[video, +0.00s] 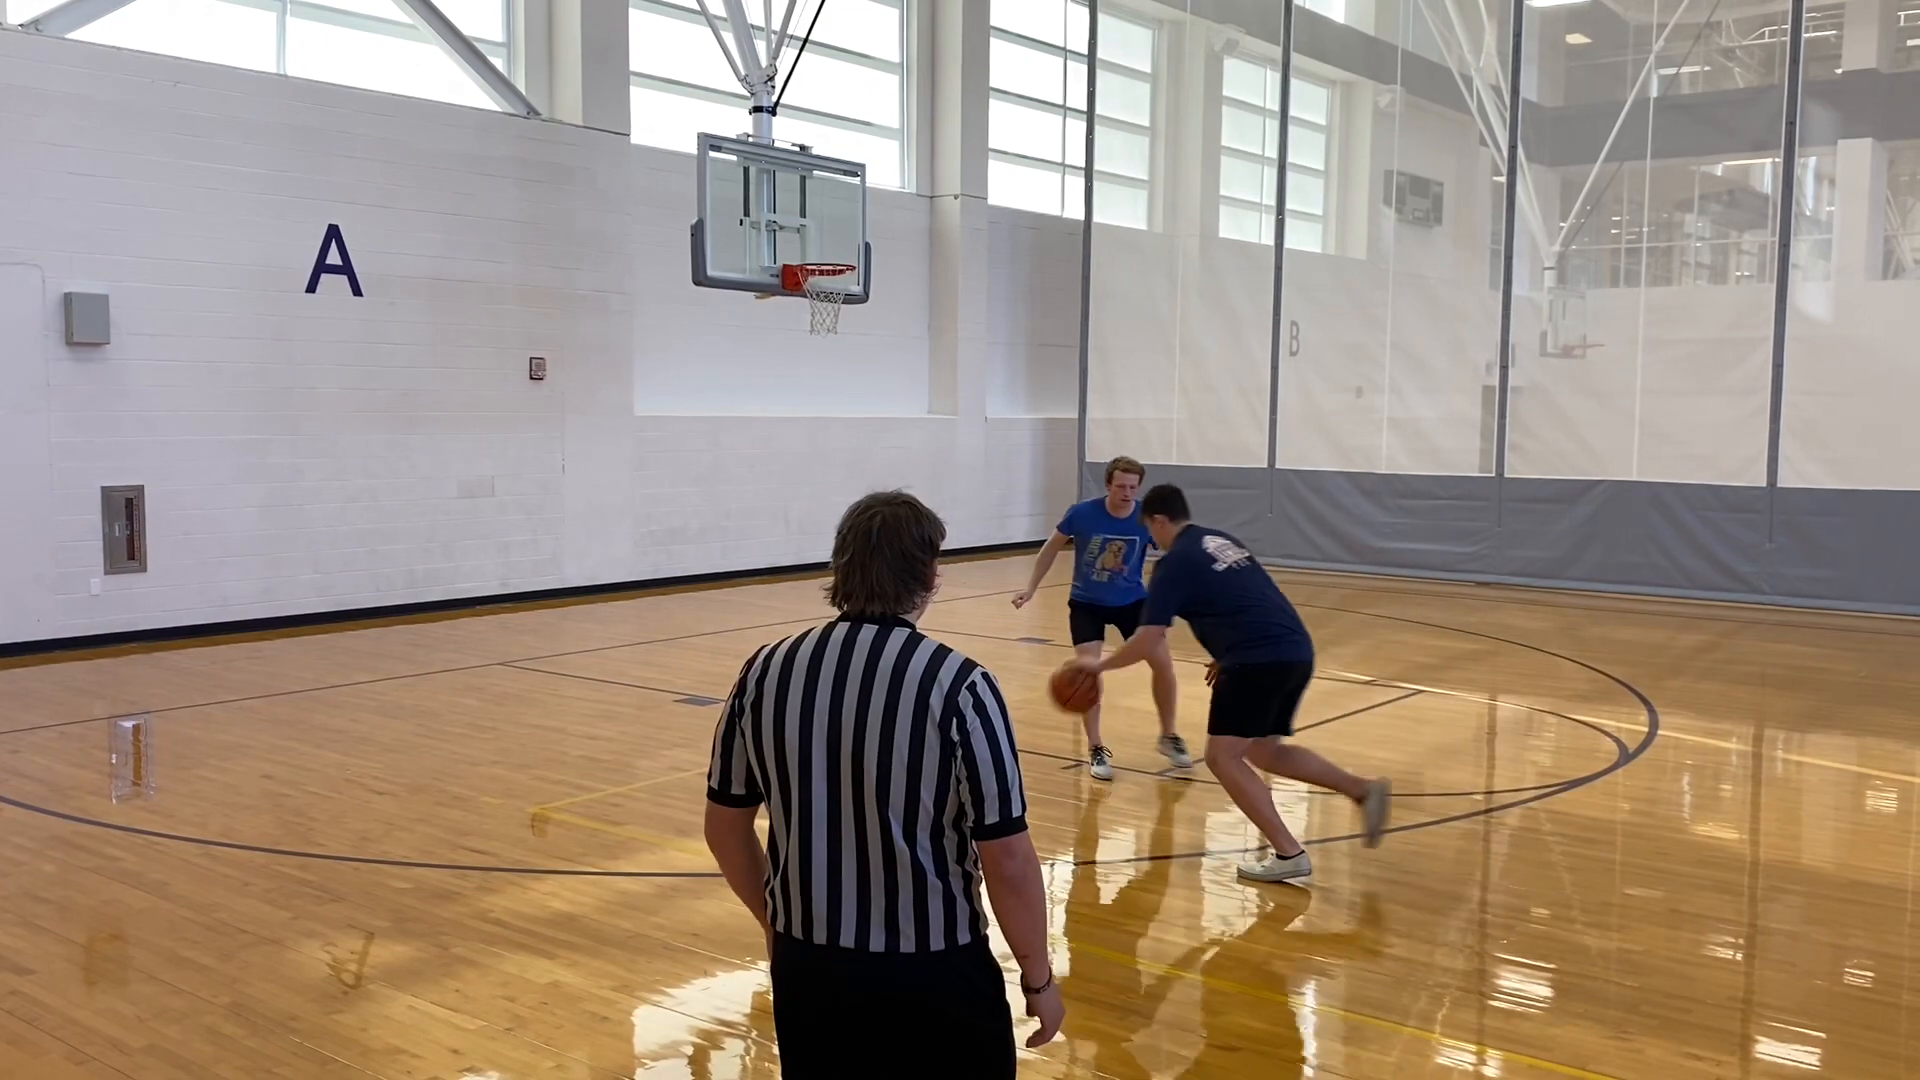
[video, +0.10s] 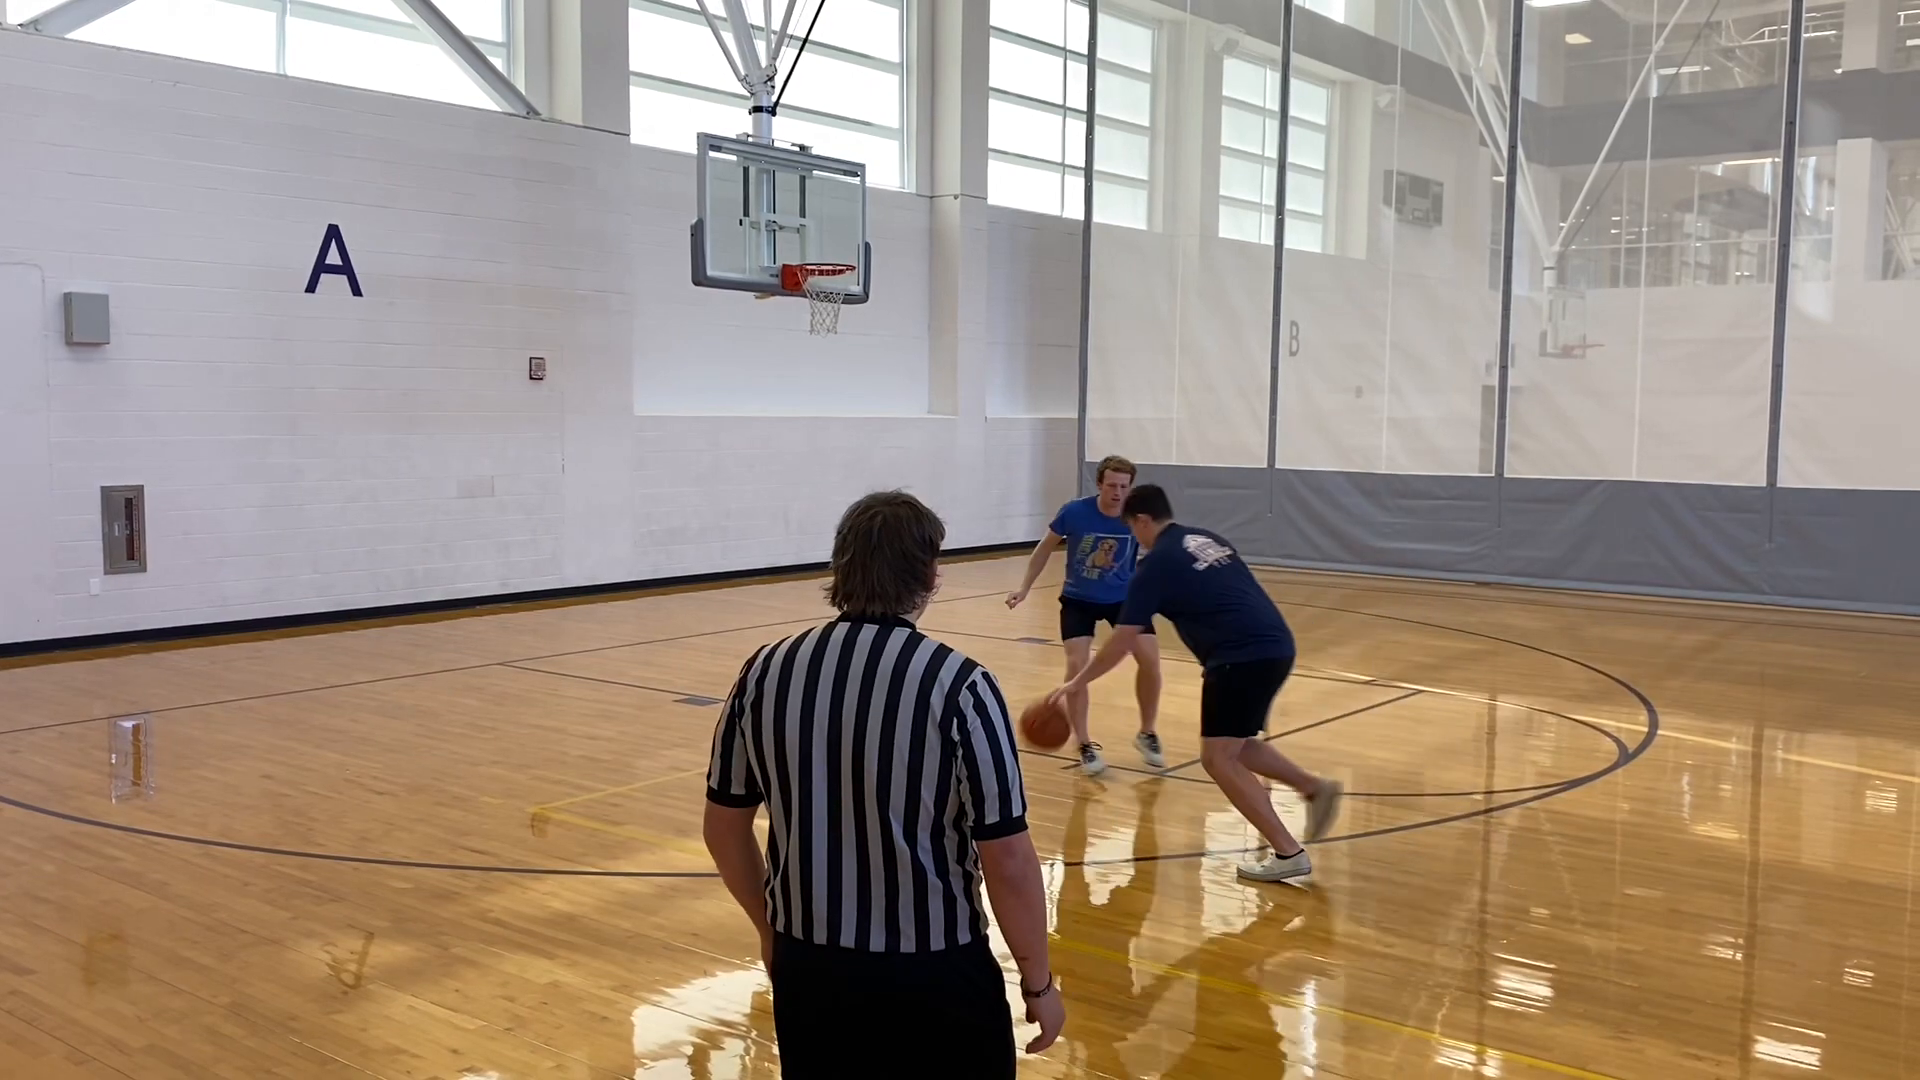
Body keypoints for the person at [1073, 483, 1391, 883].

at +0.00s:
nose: (1151, 534)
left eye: (1150, 526)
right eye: (1150, 526)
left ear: (1158, 521)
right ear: (1184, 514)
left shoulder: (1173, 564)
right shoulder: (1219, 539)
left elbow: (1148, 642)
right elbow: (1251, 599)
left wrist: (1101, 664)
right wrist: (1228, 656)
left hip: (1254, 661)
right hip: (1293, 655)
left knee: (1221, 757)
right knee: (1264, 751)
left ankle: (1290, 855)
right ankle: (1362, 790)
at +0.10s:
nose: (1133, 534)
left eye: (1132, 527)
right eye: (1131, 528)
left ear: (1142, 522)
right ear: (1165, 518)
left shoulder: (1155, 565)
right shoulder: (1201, 537)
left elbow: (1123, 640)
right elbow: (1233, 592)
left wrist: (1078, 682)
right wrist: (1220, 658)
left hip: (1238, 659)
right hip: (1273, 650)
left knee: (1218, 759)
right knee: (1240, 748)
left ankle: (1290, 854)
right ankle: (1315, 788)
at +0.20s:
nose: (1124, 534)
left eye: (1123, 526)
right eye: (1122, 527)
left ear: (1134, 521)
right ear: (1156, 515)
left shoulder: (1146, 563)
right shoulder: (1196, 536)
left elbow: (1112, 638)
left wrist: (1069, 684)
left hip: (1236, 656)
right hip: (1263, 645)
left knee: (1216, 757)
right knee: (1197, 729)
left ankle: (1289, 852)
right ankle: (1290, 790)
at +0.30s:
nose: (1106, 530)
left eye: (1105, 522)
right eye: (1104, 523)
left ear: (1115, 518)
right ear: (1139, 512)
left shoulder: (1126, 561)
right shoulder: (1177, 532)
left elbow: (1094, 632)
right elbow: (1235, 579)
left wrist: (1058, 682)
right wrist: (1208, 624)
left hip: (1220, 652)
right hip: (1241, 640)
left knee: (1214, 757)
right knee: (1164, 717)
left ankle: (1289, 851)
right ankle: (1233, 798)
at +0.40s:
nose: (1089, 526)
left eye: (1087, 519)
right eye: (1088, 519)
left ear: (1096, 514)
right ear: (1121, 505)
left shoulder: (1105, 558)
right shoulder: (1159, 528)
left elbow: (1079, 628)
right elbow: (1219, 573)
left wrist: (1045, 684)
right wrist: (1196, 619)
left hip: (1202, 648)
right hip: (1215, 636)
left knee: (1212, 757)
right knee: (1135, 701)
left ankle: (1286, 846)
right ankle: (1175, 807)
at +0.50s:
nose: (1071, 523)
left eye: (1069, 515)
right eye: (1069, 515)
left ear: (1078, 509)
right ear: (1103, 500)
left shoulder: (1085, 550)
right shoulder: (1141, 524)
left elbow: (1064, 625)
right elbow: (1197, 567)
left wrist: (1029, 684)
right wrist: (1199, 624)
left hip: (1178, 644)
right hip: (1190, 631)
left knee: (1205, 750)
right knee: (1115, 698)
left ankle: (1278, 840)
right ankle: (1120, 811)